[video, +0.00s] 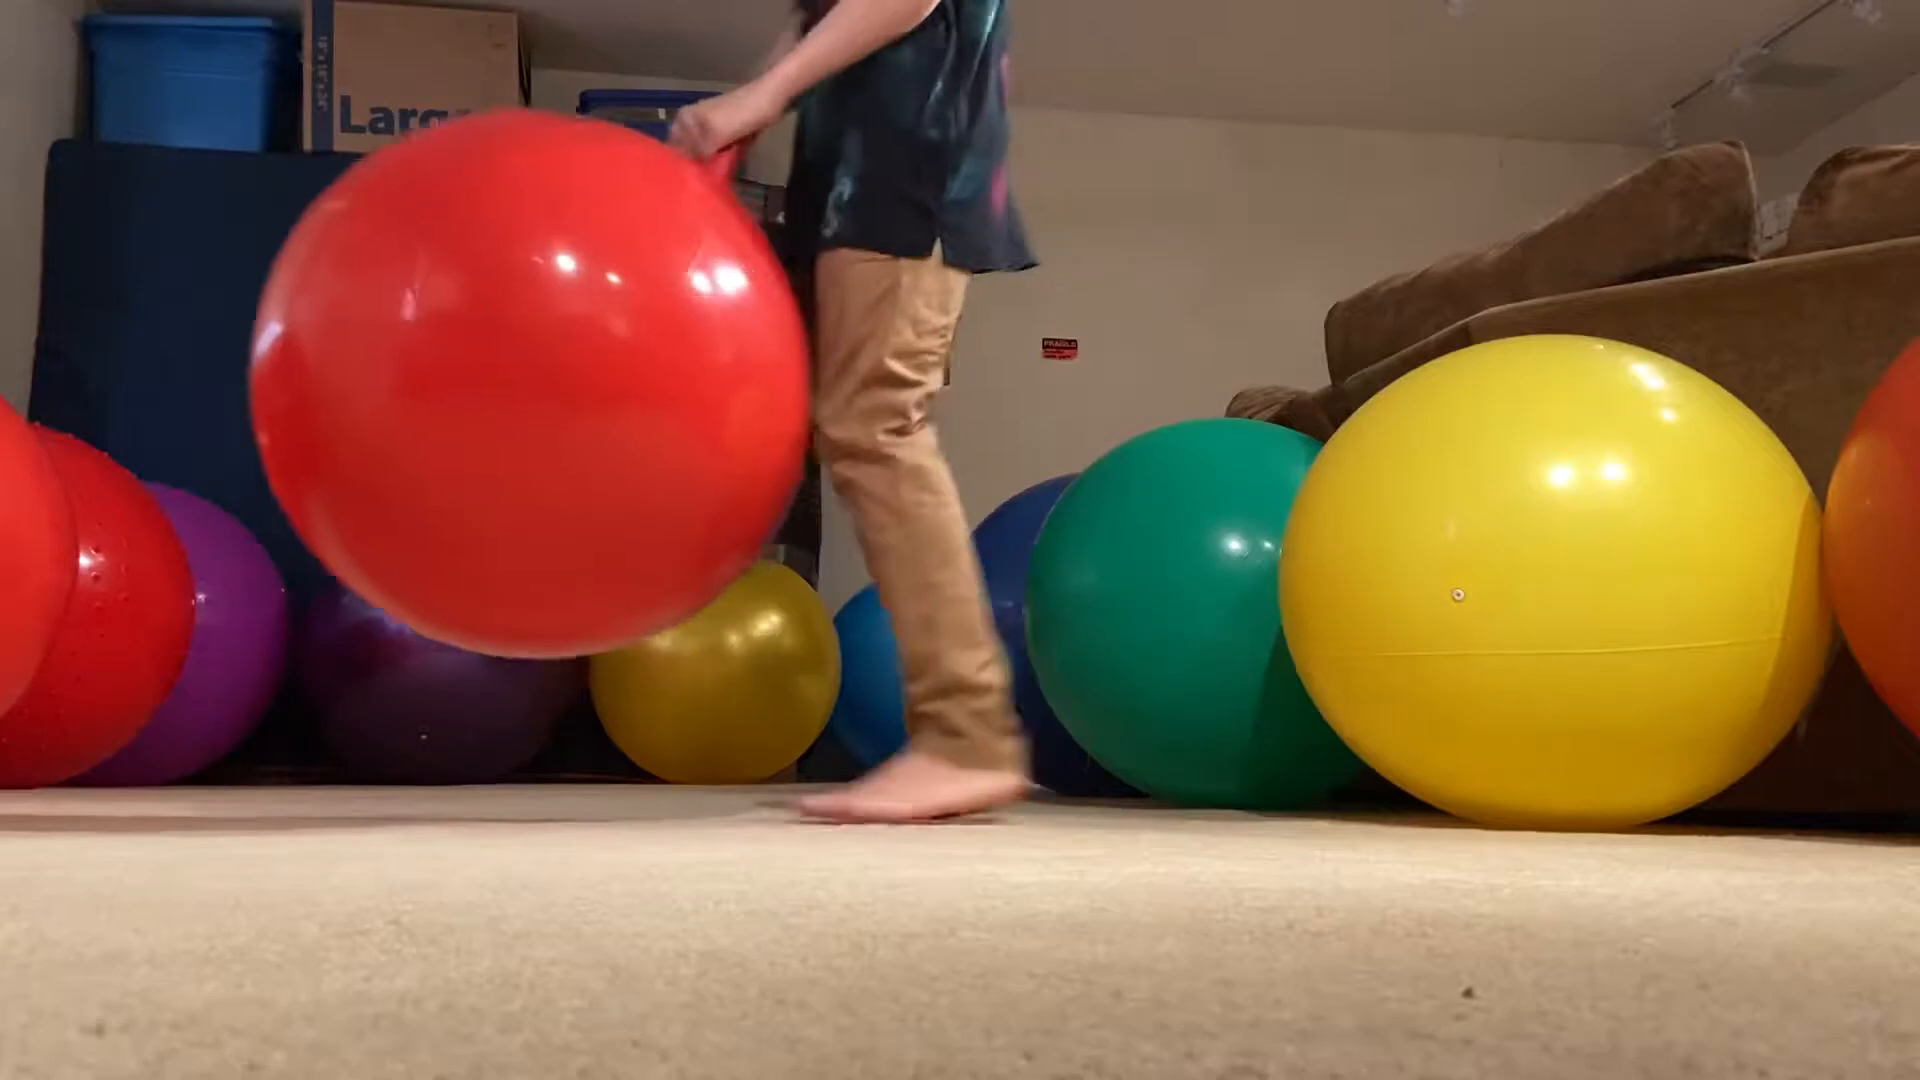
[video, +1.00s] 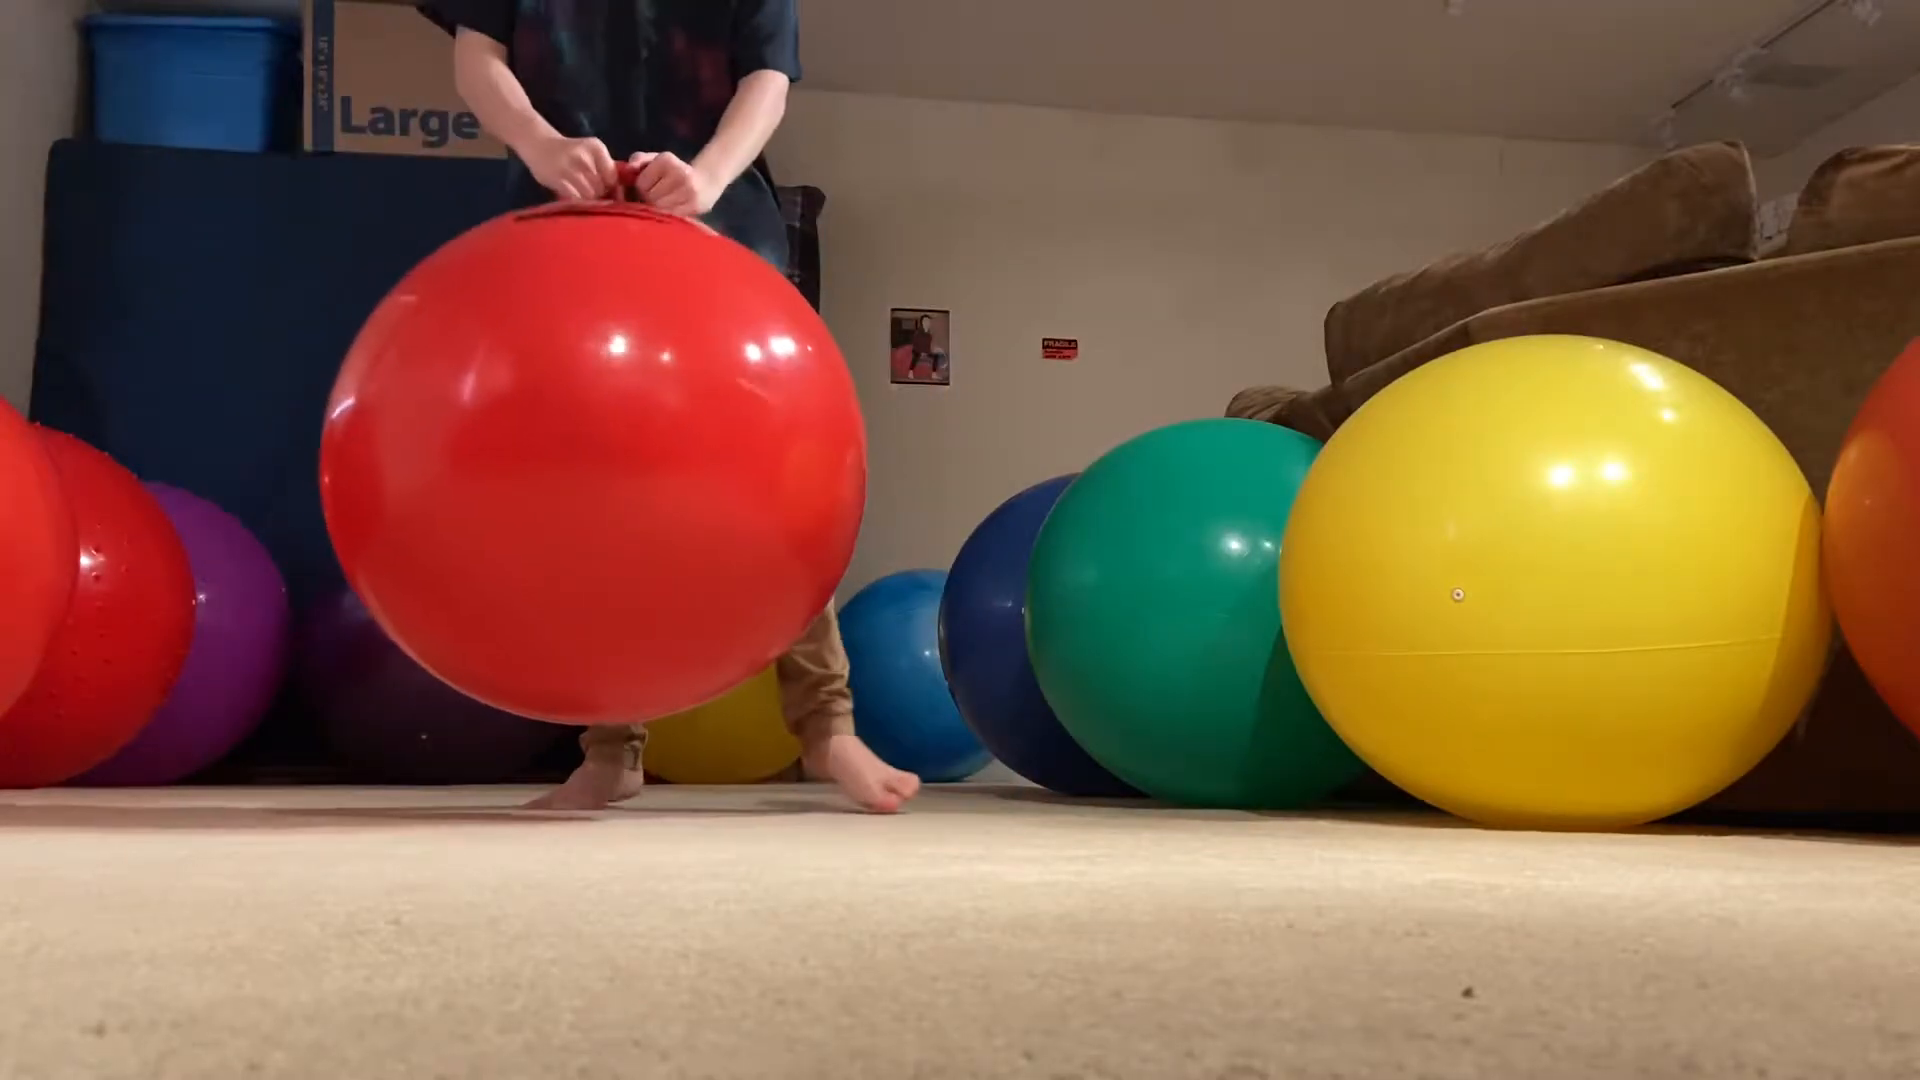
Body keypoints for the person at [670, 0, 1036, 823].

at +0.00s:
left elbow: (908, 3)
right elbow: (832, 18)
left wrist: (761, 94)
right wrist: (752, 103)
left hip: (910, 155)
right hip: (863, 154)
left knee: (876, 427)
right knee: (868, 430)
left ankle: (968, 741)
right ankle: (957, 735)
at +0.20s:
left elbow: (901, 3)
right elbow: (712, 16)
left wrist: (737, 109)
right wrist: (646, 104)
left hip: (820, 160)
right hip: (730, 169)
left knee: (784, 453)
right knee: (756, 455)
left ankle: (783, 762)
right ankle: (910, 681)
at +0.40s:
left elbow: (870, 14)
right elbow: (603, 7)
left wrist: (716, 115)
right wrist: (569, 101)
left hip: (771, 190)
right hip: (651, 197)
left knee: (766, 451)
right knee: (682, 458)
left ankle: (779, 753)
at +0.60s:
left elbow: (811, 39)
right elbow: (518, 8)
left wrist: (700, 147)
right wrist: (526, 107)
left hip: (747, 205)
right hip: (596, 196)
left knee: (759, 462)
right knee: (597, 450)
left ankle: (769, 751)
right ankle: (615, 732)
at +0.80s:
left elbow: (759, 65)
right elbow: (471, 48)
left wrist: (697, 177)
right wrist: (530, 144)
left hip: (720, 206)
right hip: (571, 207)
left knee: (752, 456)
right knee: (585, 457)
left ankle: (776, 722)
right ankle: (611, 740)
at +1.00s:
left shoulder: (755, 1)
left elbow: (772, 73)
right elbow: (476, 55)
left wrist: (704, 174)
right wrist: (544, 146)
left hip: (727, 229)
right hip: (575, 229)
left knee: (781, 463)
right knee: (586, 473)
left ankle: (827, 724)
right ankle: (609, 748)